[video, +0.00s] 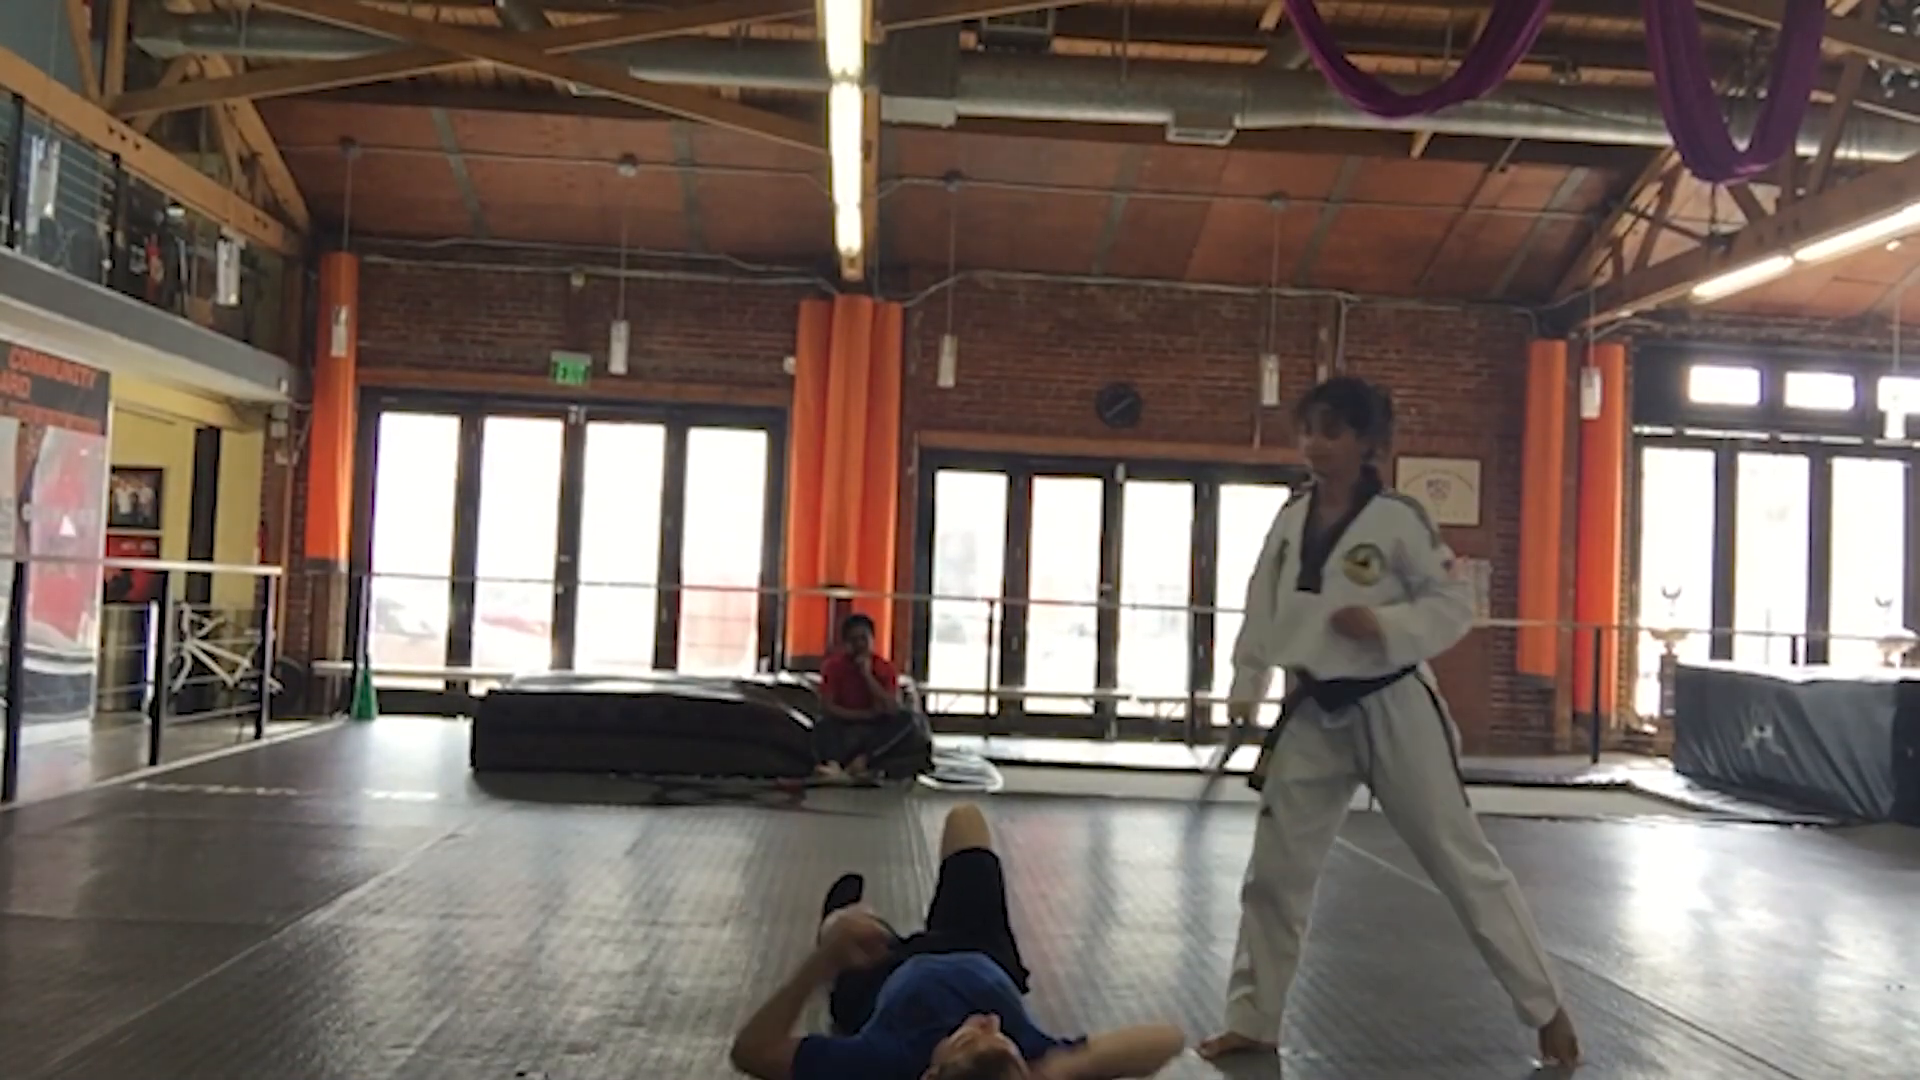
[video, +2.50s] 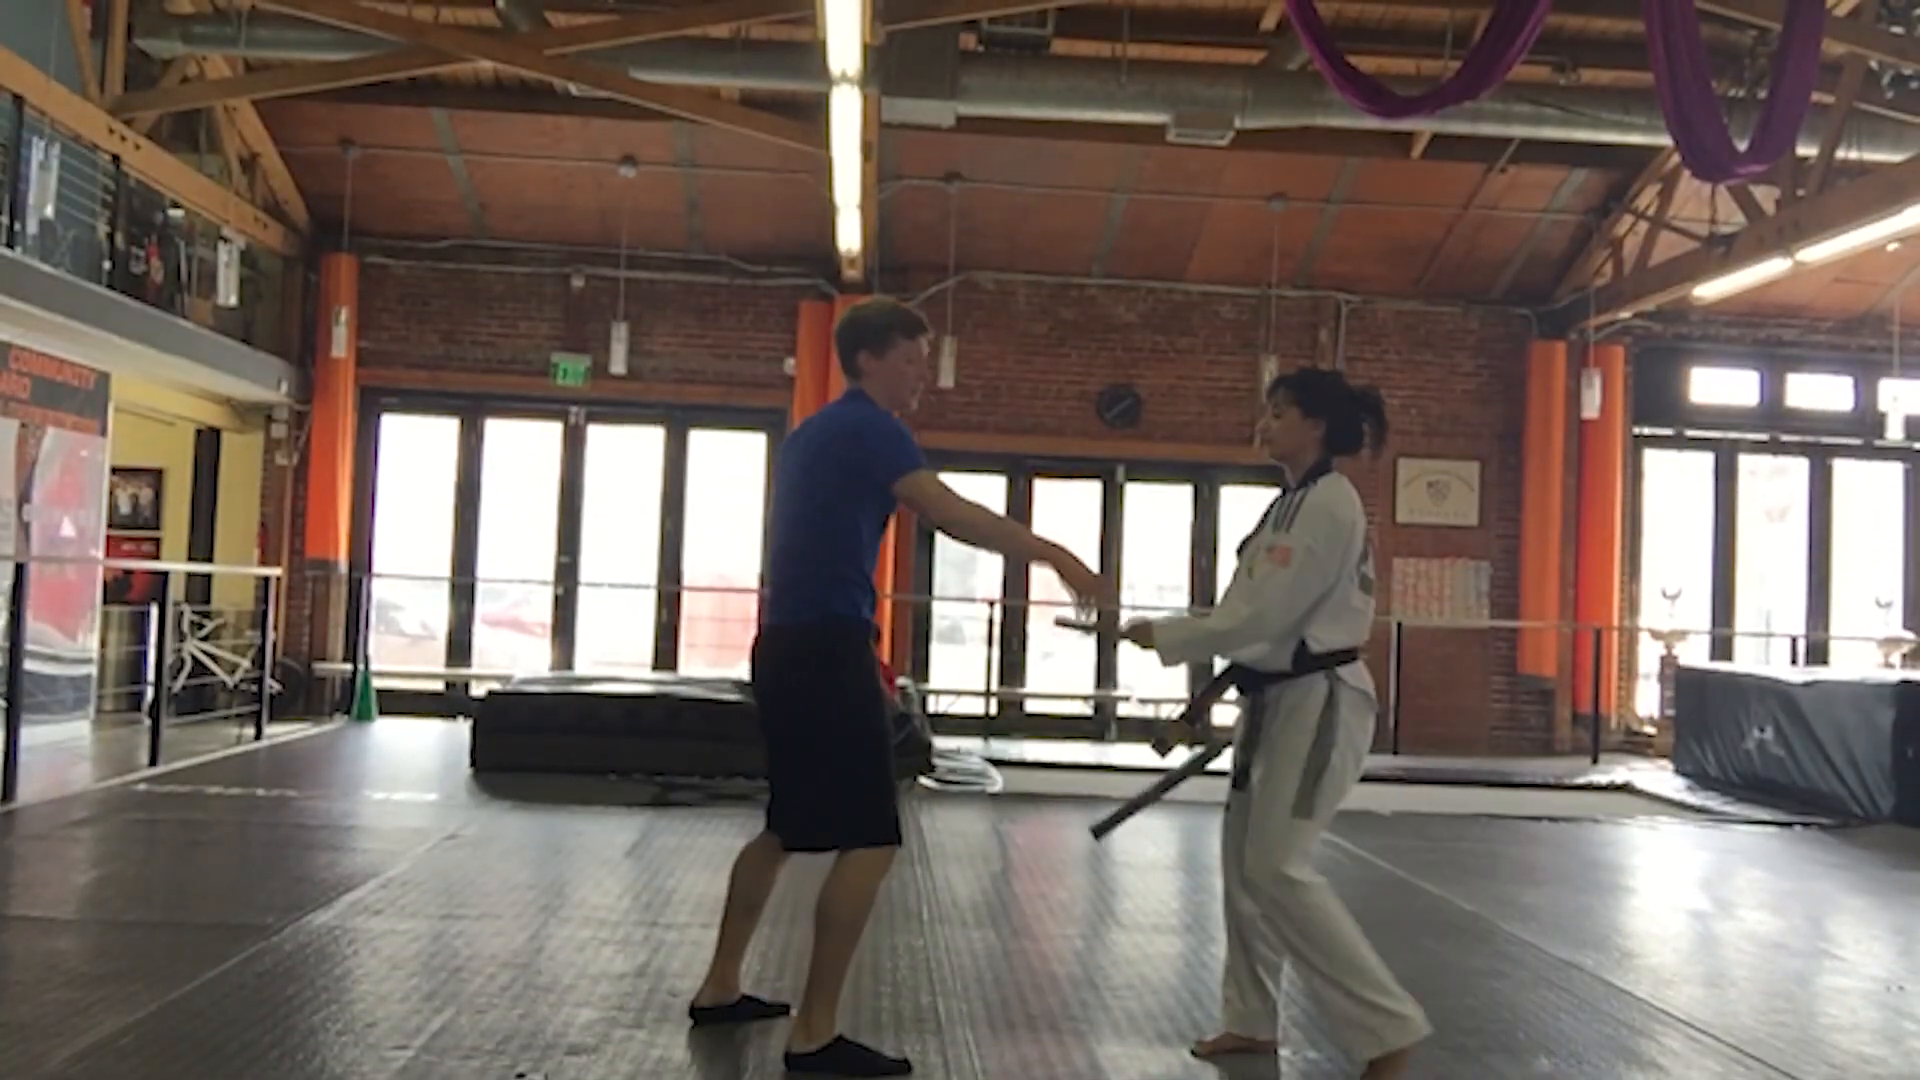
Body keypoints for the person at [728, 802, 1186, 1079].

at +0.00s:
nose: (986, 1018)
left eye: (965, 1039)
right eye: (999, 1037)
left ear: (937, 1065)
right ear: (1017, 1056)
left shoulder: (874, 1057)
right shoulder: (1049, 1058)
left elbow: (750, 1051)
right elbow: (1170, 1038)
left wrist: (824, 954)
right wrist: (1070, 1061)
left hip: (879, 984)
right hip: (979, 963)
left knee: (851, 922)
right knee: (966, 811)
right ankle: (1003, 972)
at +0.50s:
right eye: (983, 961)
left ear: (911, 1005)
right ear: (1001, 998)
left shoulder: (858, 1039)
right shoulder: (1032, 1025)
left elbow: (805, 991)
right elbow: (1009, 907)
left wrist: (812, 912)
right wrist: (917, 839)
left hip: (877, 971)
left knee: (875, 791)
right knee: (951, 810)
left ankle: (863, 688)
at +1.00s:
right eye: (976, 714)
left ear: (907, 719)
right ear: (972, 724)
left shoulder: (865, 781)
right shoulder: (1011, 804)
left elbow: (765, 810)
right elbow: (1023, 931)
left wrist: (749, 808)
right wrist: (1025, 1018)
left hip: (849, 1002)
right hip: (946, 1014)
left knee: (819, 841)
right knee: (1016, 883)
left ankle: (766, 974)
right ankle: (1026, 1019)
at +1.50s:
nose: (978, 688)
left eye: (980, 677)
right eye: (979, 676)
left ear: (921, 658)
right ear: (967, 671)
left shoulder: (857, 678)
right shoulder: (958, 723)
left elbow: (802, 768)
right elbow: (993, 851)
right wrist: (1025, 966)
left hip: (789, 860)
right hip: (878, 873)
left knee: (718, 839)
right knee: (943, 814)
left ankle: (740, 955)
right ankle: (899, 959)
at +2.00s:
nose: (961, 457)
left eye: (964, 445)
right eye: (955, 442)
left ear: (906, 436)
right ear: (918, 433)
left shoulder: (854, 480)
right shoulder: (897, 487)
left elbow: (851, 601)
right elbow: (859, 593)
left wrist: (899, 690)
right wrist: (898, 698)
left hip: (758, 668)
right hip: (814, 669)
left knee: (784, 829)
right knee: (884, 804)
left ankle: (716, 986)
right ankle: (893, 963)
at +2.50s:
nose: (926, 376)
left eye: (927, 361)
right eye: (916, 360)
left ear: (861, 365)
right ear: (869, 358)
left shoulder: (813, 431)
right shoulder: (869, 427)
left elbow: (819, 567)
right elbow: (951, 515)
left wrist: (868, 667)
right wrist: (1058, 555)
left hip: (784, 653)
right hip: (831, 657)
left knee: (787, 828)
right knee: (872, 843)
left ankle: (718, 988)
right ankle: (814, 1036)